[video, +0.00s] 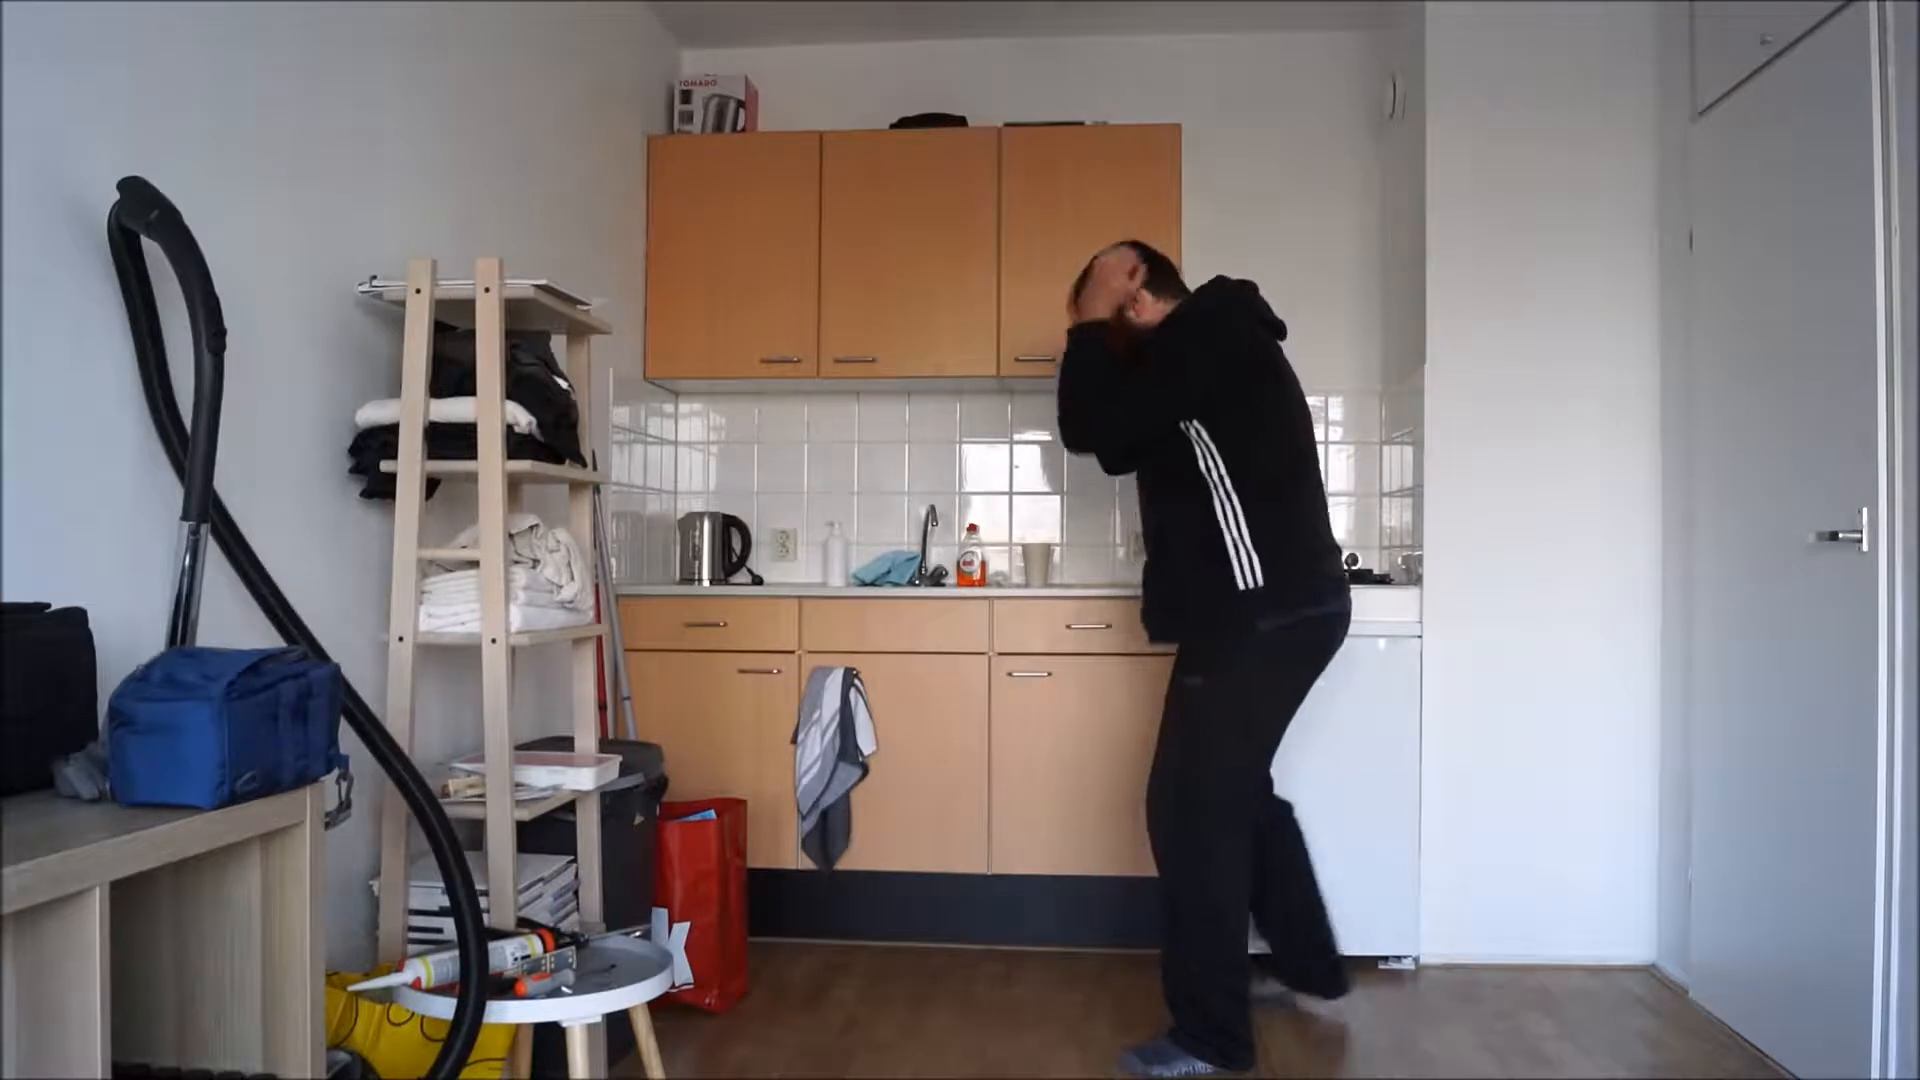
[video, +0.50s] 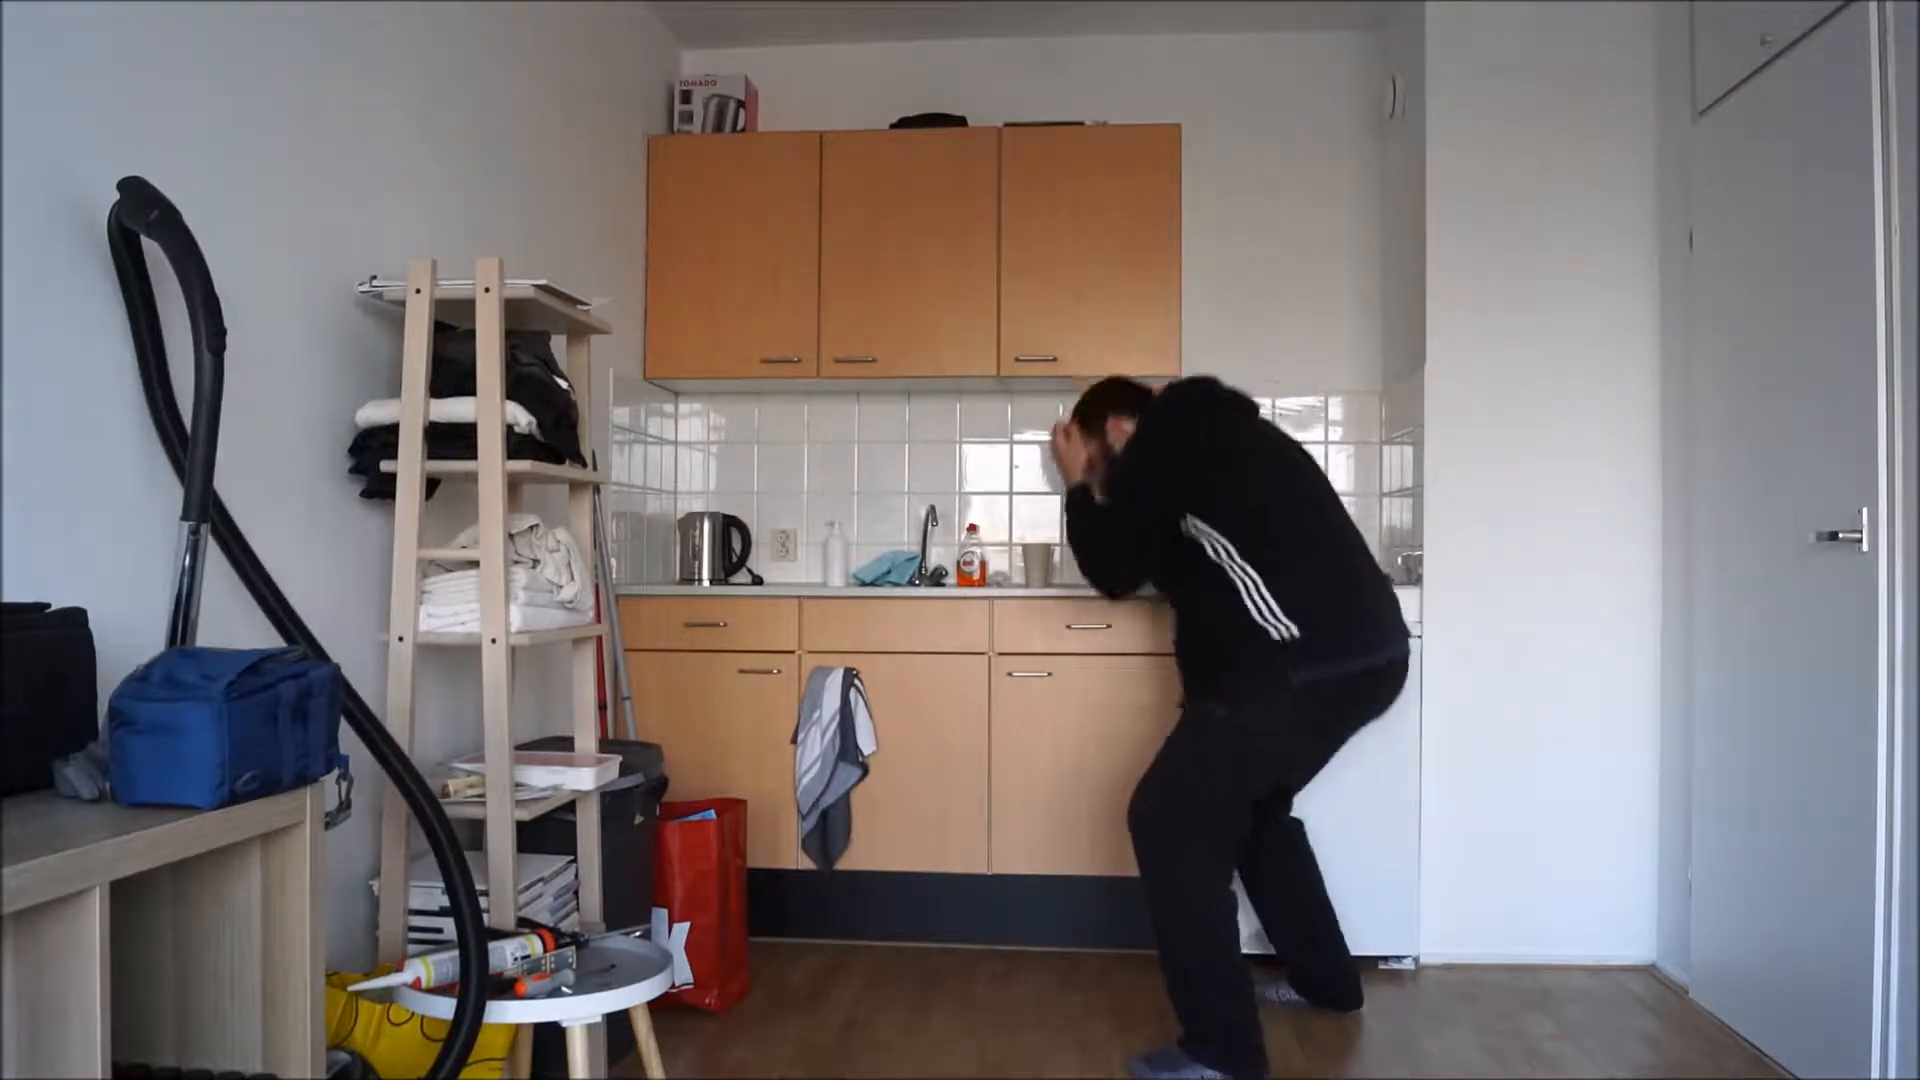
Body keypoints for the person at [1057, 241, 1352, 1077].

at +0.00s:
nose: (1083, 309)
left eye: (1090, 289)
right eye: (1084, 295)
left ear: (1136, 288)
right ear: (1155, 287)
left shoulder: (1189, 342)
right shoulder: (1232, 328)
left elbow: (1095, 430)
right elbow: (1123, 445)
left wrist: (1090, 330)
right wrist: (1095, 340)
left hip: (1246, 617)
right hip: (1299, 607)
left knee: (1188, 807)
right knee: (1236, 787)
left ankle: (1211, 1038)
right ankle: (1312, 965)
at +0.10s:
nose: (1111, 315)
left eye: (1115, 299)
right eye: (1111, 301)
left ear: (1155, 296)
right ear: (1175, 288)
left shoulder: (1204, 338)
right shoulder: (1241, 331)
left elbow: (1101, 423)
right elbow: (1129, 446)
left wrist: (1098, 321)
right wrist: (1114, 337)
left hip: (1252, 618)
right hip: (1304, 611)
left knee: (1192, 808)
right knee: (1258, 795)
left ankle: (1212, 1036)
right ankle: (1326, 974)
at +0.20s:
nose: (1120, 330)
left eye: (1124, 314)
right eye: (1119, 318)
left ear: (1160, 300)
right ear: (1186, 288)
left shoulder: (1203, 343)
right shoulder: (1252, 335)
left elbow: (1109, 429)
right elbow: (1137, 450)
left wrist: (1090, 335)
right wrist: (1123, 350)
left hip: (1254, 619)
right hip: (1314, 612)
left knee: (1193, 811)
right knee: (1270, 798)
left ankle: (1213, 1037)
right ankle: (1328, 976)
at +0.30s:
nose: (1114, 372)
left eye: (1117, 356)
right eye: (1112, 360)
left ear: (1146, 332)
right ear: (1181, 321)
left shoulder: (1190, 358)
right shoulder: (1245, 357)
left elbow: (1091, 453)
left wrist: (1088, 369)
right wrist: (1120, 389)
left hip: (1278, 620)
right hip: (1342, 610)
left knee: (1189, 802)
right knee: (1271, 790)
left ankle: (1226, 1035)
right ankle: (1326, 975)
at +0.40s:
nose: (1110, 408)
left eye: (1115, 395)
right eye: (1109, 397)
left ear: (1142, 374)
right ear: (1173, 360)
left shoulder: (1166, 398)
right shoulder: (1254, 391)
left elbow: (1097, 504)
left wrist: (1090, 419)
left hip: (1281, 629)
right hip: (1366, 622)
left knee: (1182, 806)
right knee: (1277, 793)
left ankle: (1222, 1042)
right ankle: (1327, 977)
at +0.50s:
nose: (1097, 467)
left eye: (1095, 454)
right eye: (1095, 456)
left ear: (1120, 429)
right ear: (1151, 409)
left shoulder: (1154, 456)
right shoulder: (1235, 426)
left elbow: (1111, 572)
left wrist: (1080, 486)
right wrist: (1112, 483)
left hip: (1290, 664)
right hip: (1370, 652)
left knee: (1169, 817)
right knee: (1253, 809)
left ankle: (1223, 1049)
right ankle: (1326, 980)